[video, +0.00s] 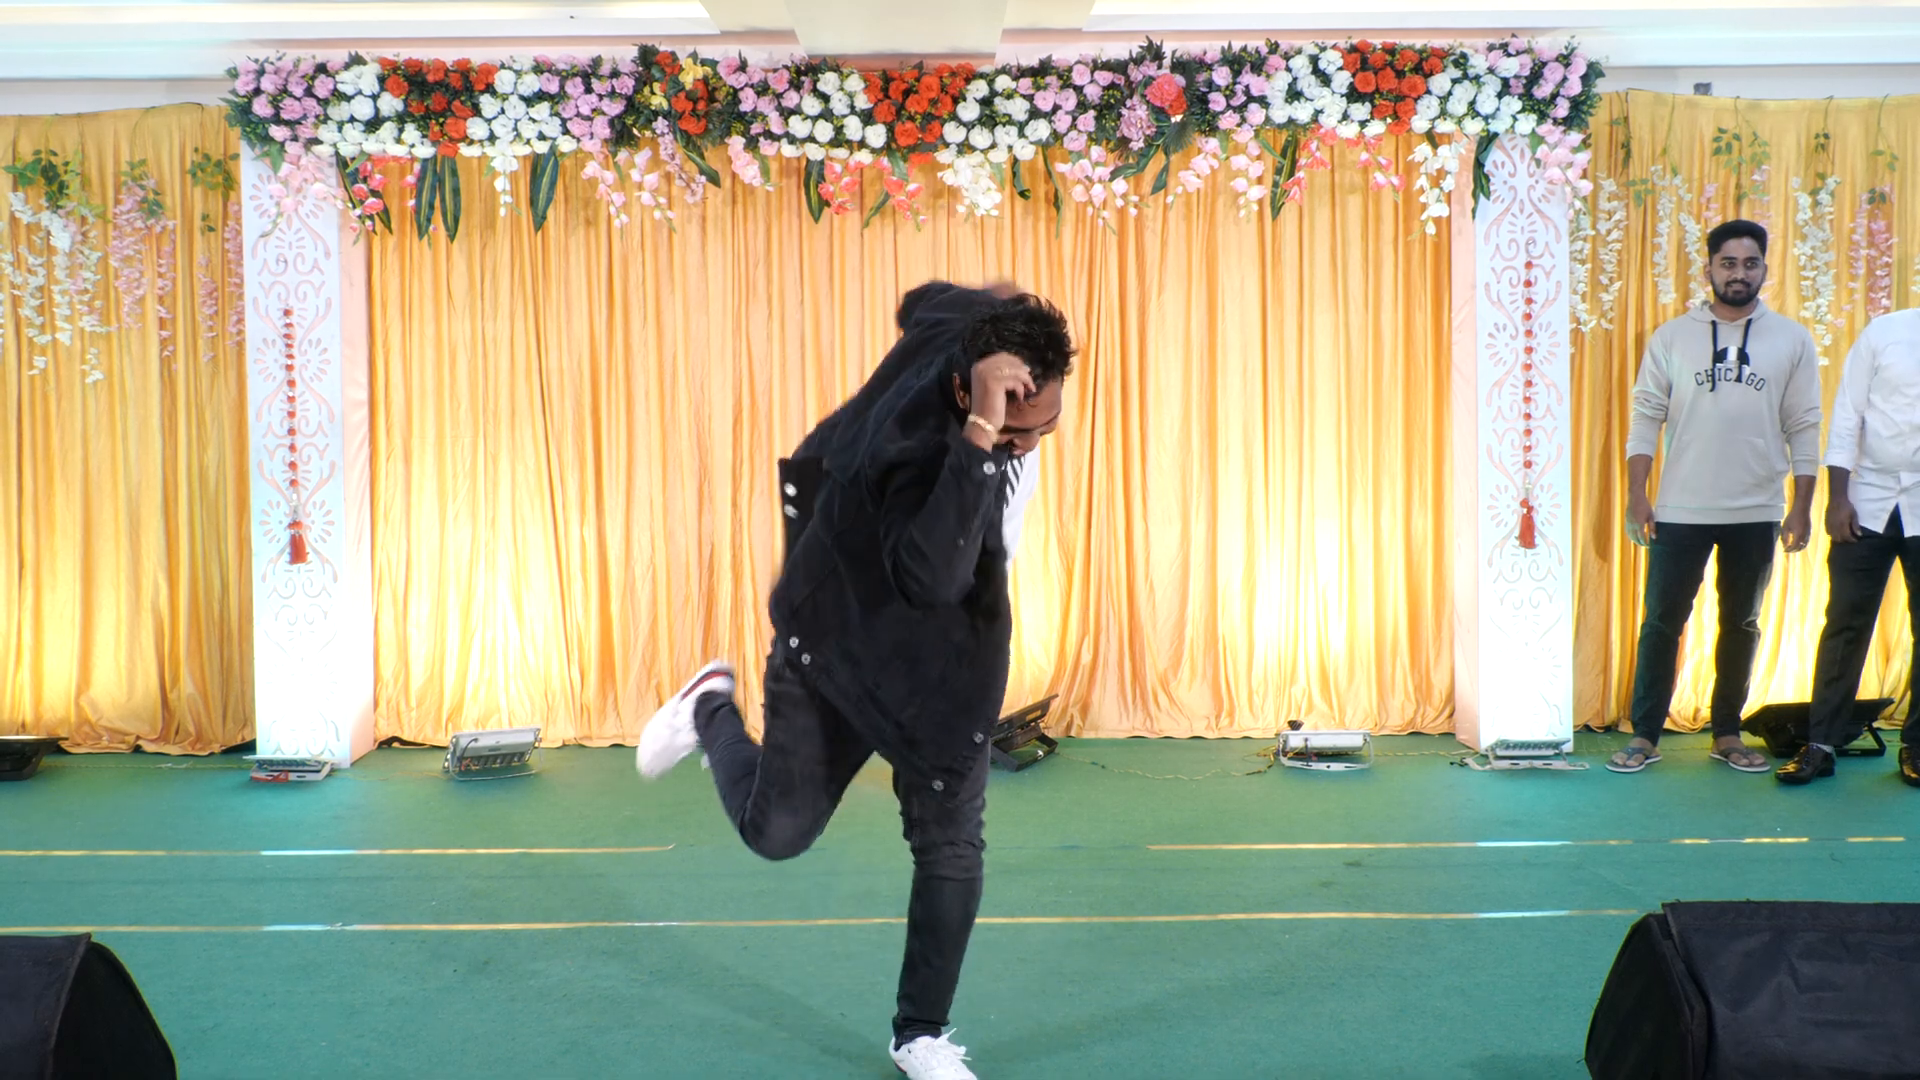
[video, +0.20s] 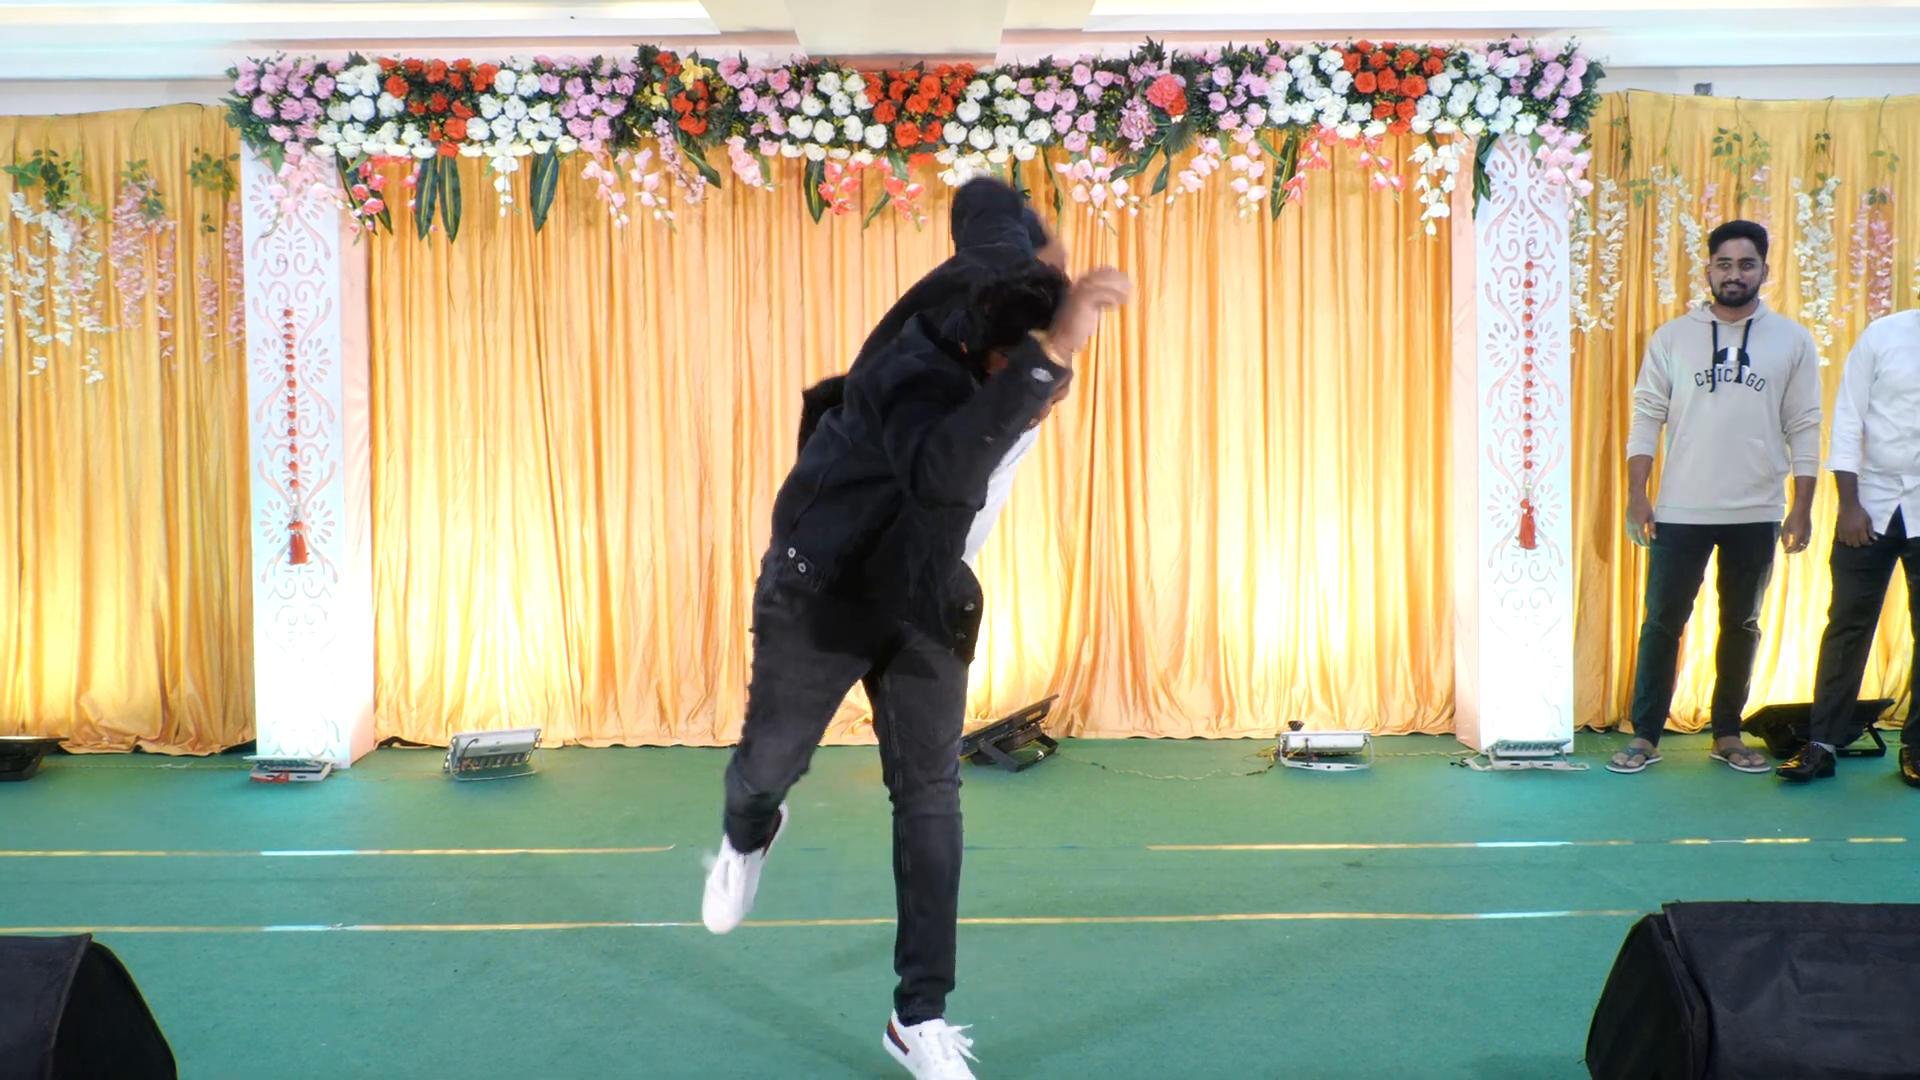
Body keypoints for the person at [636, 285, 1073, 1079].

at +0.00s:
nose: (1042, 436)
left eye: (1051, 420)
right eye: (1029, 422)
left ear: (1055, 383)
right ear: (973, 395)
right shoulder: (912, 445)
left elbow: (929, 301)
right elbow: (936, 576)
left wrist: (994, 306)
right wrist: (975, 444)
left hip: (944, 667)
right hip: (835, 648)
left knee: (951, 846)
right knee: (778, 831)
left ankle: (922, 1033)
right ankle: (707, 709)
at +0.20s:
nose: (1014, 383)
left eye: (1025, 369)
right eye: (1008, 365)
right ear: (979, 341)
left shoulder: (1002, 294)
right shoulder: (909, 365)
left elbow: (983, 196)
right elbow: (946, 471)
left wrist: (1041, 251)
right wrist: (1050, 360)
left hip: (928, 600)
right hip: (819, 589)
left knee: (930, 798)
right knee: (762, 774)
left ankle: (921, 1014)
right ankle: (744, 844)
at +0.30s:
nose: (1028, 394)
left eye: (1042, 370)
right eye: (1003, 381)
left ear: (1052, 329)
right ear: (956, 359)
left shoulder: (971, 297)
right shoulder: (947, 426)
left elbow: (988, 178)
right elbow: (983, 534)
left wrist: (1092, 171)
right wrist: (1108, 450)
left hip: (929, 629)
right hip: (818, 614)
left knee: (938, 834)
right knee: (750, 766)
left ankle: (916, 1031)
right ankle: (718, 848)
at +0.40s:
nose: (993, 394)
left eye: (1005, 370)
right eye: (969, 378)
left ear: (1017, 343)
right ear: (921, 365)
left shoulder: (961, 335)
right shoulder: (922, 481)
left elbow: (1034, 255)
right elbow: (949, 656)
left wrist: (1162, 195)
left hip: (934, 675)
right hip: (832, 677)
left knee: (962, 863)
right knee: (760, 821)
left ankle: (909, 1041)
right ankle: (706, 799)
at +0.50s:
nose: (955, 370)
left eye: (969, 349)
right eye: (933, 349)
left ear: (982, 350)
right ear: (887, 354)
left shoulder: (995, 391)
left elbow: (1110, 374)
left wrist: (1166, 328)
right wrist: (902, 830)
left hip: (939, 671)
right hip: (831, 682)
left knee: (962, 876)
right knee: (798, 892)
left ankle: (907, 1043)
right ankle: (733, 774)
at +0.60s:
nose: (928, 342)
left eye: (942, 323)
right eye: (904, 322)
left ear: (957, 332)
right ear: (857, 335)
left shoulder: (996, 407)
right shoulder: (789, 458)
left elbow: (1147, 480)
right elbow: (738, 616)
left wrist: (1110, 416)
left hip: (937, 688)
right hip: (824, 695)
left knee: (937, 883)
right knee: (816, 886)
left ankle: (907, 1042)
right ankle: (754, 798)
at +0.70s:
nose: (891, 312)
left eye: (909, 296)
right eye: (870, 293)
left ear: (925, 307)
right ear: (830, 304)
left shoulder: (960, 390)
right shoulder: (755, 411)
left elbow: (1059, 493)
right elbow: (666, 506)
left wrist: (946, 434)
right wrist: (638, 640)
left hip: (918, 663)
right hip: (801, 645)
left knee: (914, 866)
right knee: (777, 810)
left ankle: (905, 1041)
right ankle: (761, 872)